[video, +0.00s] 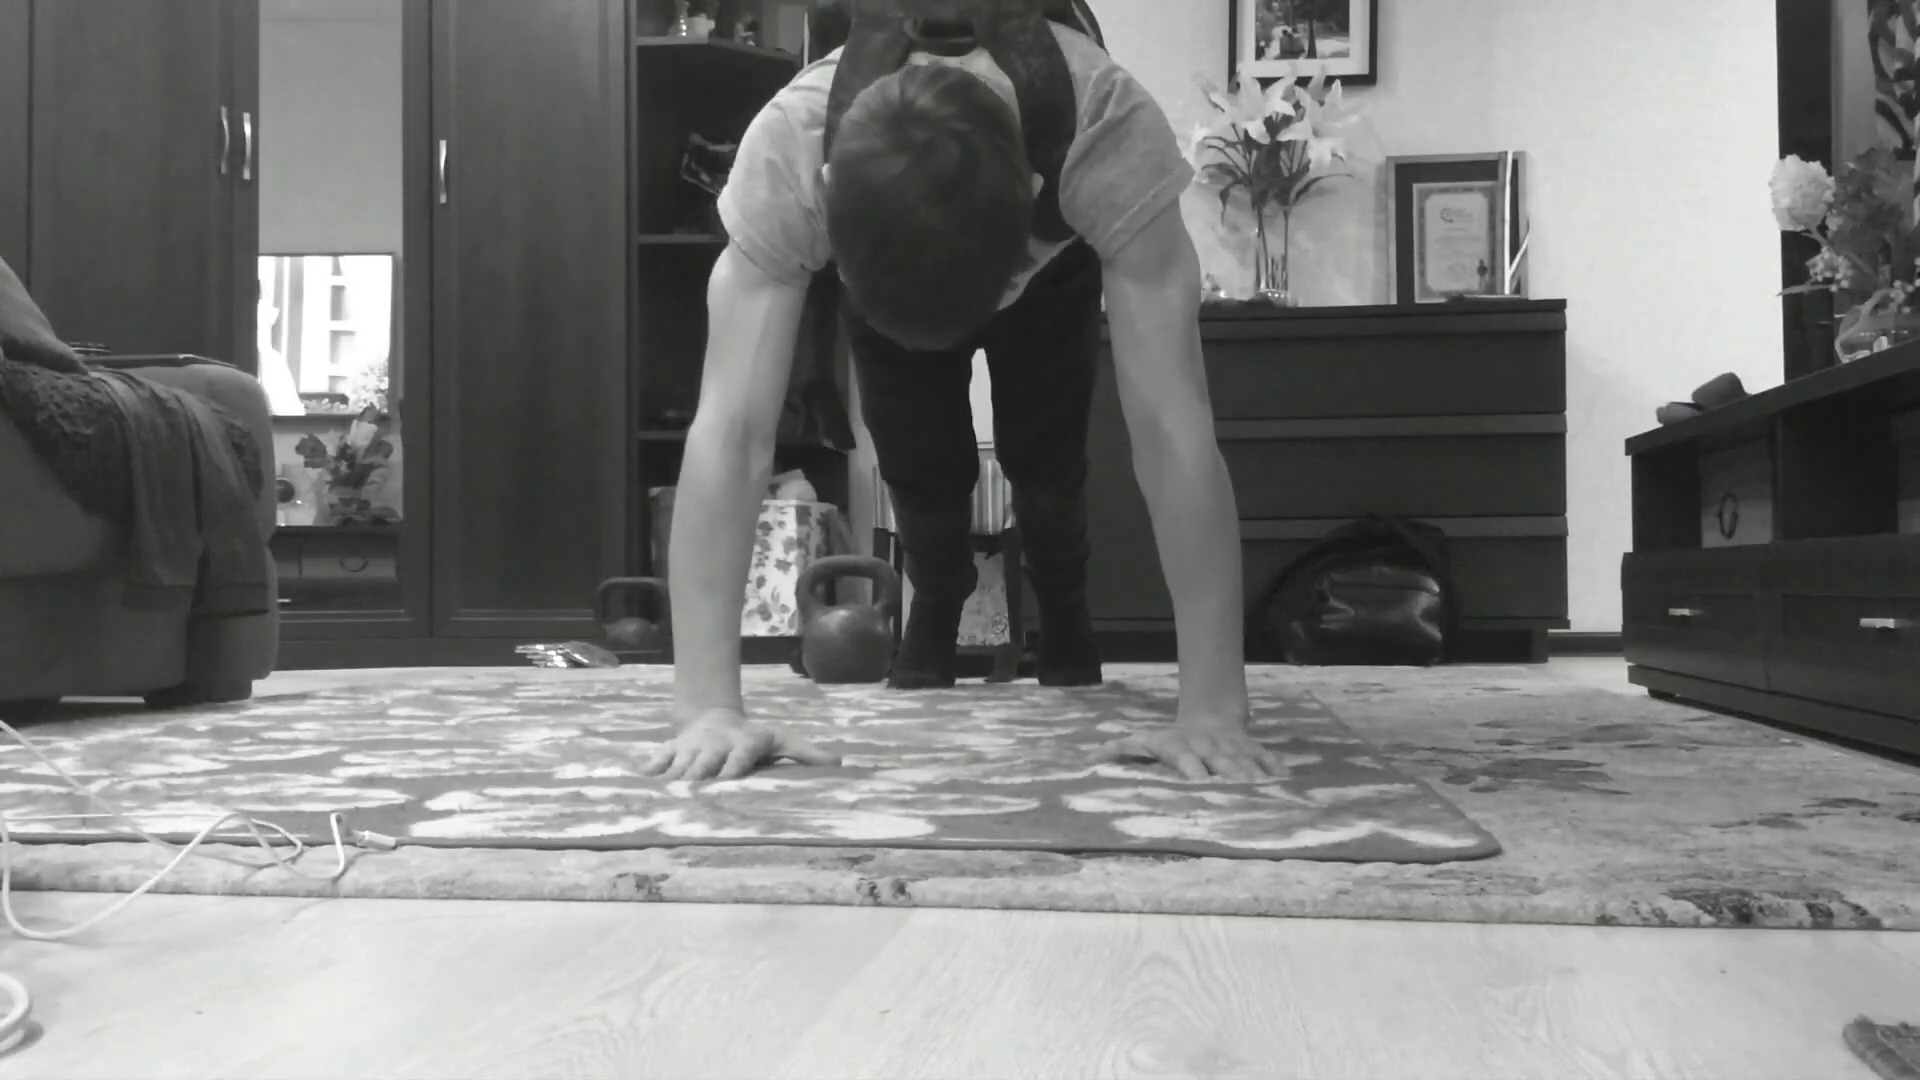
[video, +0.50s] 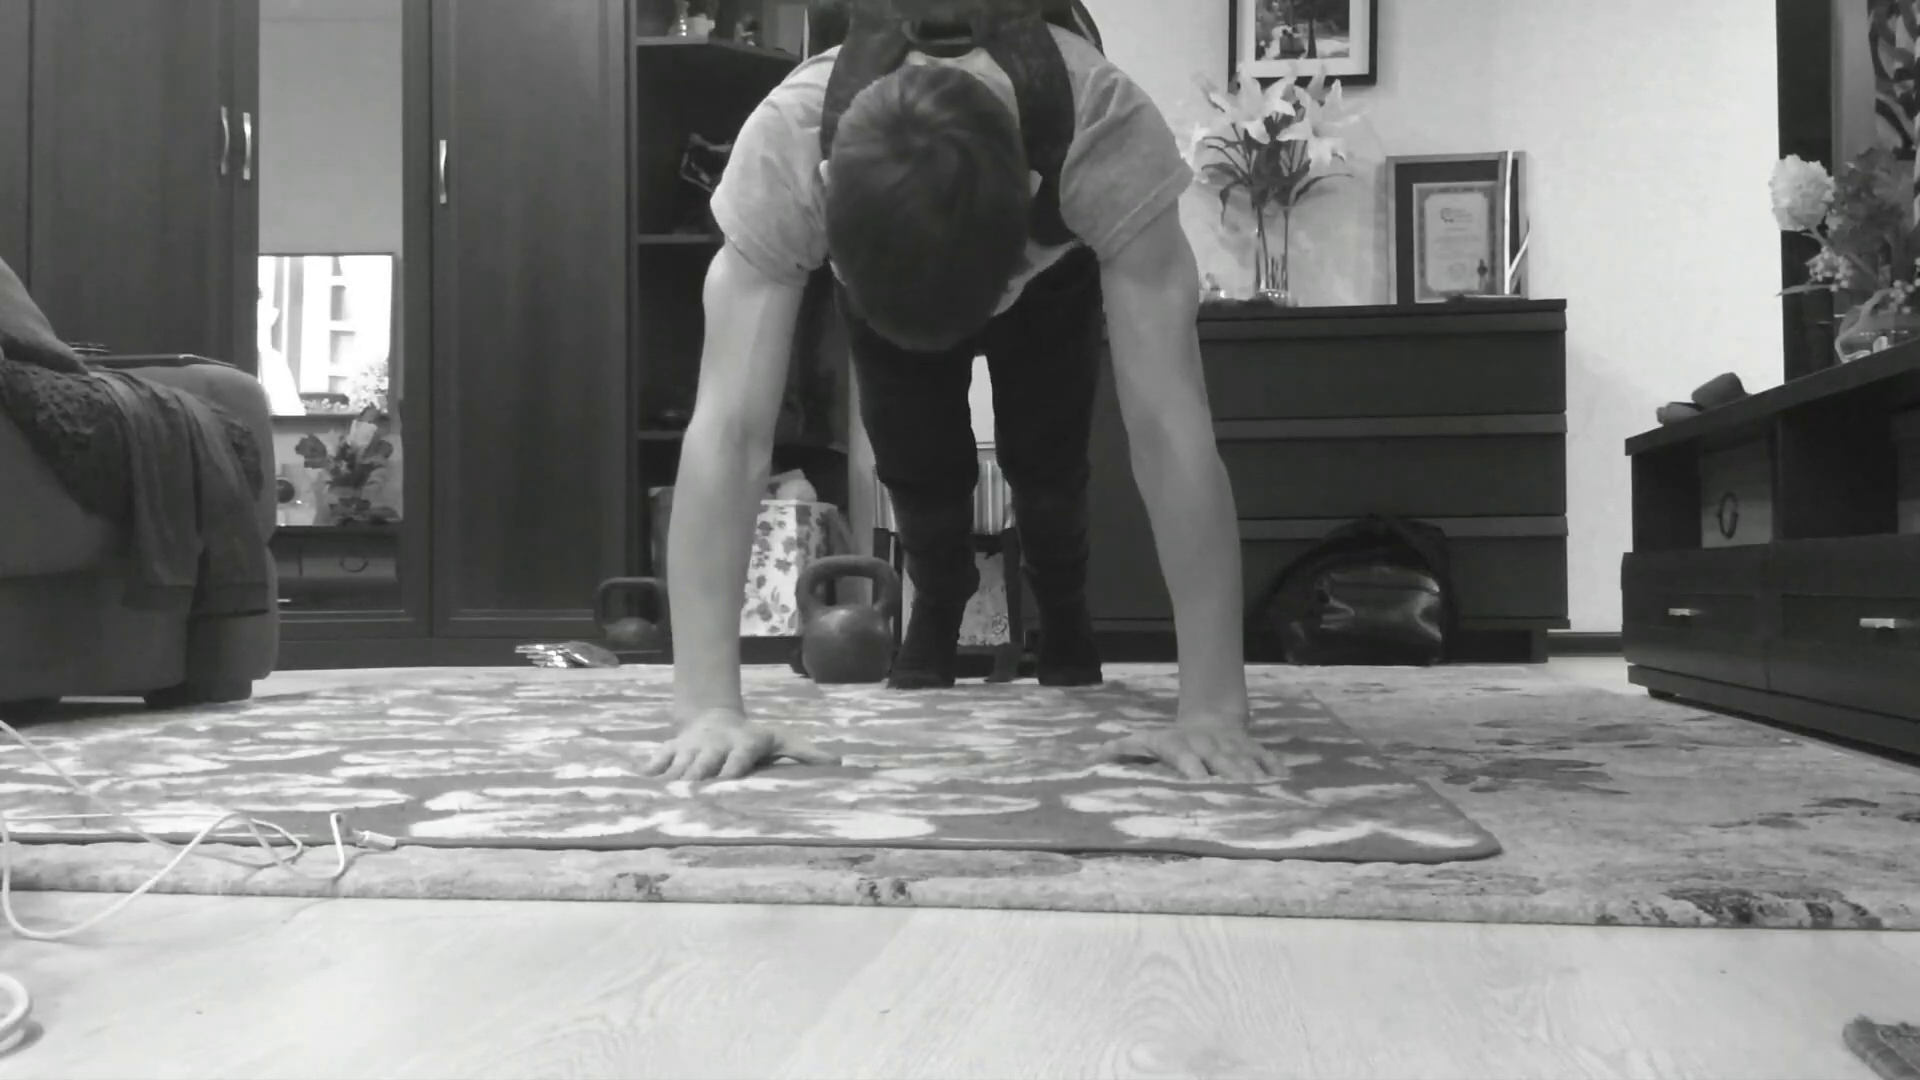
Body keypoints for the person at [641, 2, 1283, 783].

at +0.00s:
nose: (945, 341)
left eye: (975, 319)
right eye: (906, 329)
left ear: (1029, 217)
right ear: (836, 210)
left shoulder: (1118, 147)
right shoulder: (785, 163)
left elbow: (1178, 439)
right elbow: (729, 434)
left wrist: (1213, 711)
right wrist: (708, 709)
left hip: (1048, 247)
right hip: (872, 259)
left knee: (1045, 467)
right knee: (916, 465)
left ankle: (1060, 623)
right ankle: (934, 599)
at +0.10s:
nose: (946, 341)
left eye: (976, 320)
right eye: (907, 330)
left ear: (1028, 218)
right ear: (838, 218)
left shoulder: (1116, 146)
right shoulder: (786, 160)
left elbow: (1177, 440)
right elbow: (729, 434)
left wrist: (1213, 711)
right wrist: (709, 709)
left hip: (1046, 242)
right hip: (872, 255)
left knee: (1046, 466)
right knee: (916, 465)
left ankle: (1060, 619)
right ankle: (934, 600)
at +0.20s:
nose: (948, 340)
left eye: (976, 321)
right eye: (907, 330)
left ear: (1028, 217)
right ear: (836, 211)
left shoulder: (1117, 146)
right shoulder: (786, 160)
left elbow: (1176, 440)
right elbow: (729, 434)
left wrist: (1213, 711)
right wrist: (709, 709)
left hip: (1048, 242)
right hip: (873, 252)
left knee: (1047, 471)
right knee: (915, 467)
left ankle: (1061, 623)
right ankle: (932, 607)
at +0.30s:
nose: (938, 345)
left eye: (972, 325)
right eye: (903, 333)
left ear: (1026, 223)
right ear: (838, 223)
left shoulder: (1117, 147)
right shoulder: (786, 159)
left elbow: (1178, 444)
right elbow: (729, 435)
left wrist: (1213, 711)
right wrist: (709, 709)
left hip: (1050, 246)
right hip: (875, 257)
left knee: (1047, 469)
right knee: (915, 468)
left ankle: (1060, 621)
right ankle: (934, 603)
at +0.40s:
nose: (942, 344)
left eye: (974, 324)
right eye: (902, 331)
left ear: (1026, 225)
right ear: (838, 225)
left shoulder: (1116, 144)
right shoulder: (785, 156)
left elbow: (1176, 441)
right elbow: (729, 433)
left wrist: (1213, 711)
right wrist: (709, 709)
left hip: (1050, 252)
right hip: (875, 265)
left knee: (1047, 476)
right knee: (917, 473)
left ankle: (1061, 626)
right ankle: (935, 607)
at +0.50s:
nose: (945, 342)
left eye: (974, 321)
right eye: (903, 330)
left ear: (1027, 209)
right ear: (837, 222)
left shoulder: (1117, 147)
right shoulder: (783, 157)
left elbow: (1175, 439)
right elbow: (727, 433)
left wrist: (1213, 710)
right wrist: (709, 709)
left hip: (1048, 247)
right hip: (874, 258)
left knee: (1046, 472)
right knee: (915, 470)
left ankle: (1061, 623)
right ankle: (935, 602)